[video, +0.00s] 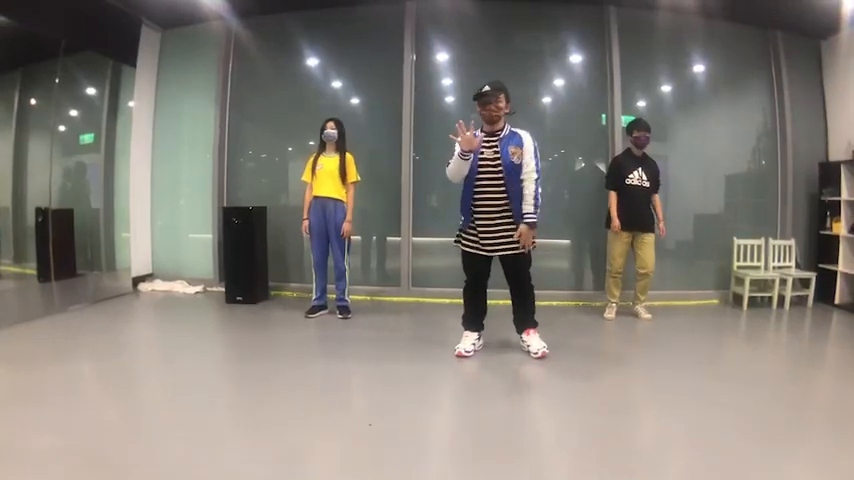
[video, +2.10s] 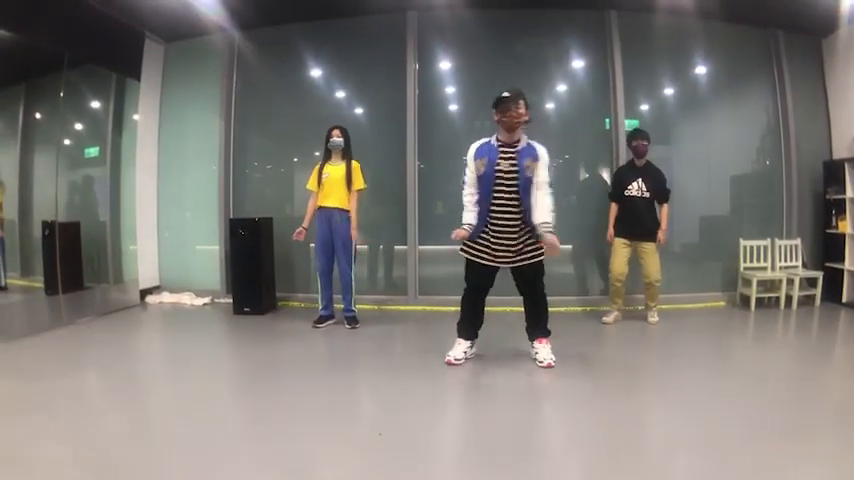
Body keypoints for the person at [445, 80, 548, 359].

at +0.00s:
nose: (491, 108)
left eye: (497, 103)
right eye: (486, 104)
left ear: (507, 106)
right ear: (478, 108)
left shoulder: (522, 139)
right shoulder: (468, 140)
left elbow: (530, 181)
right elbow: (454, 177)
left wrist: (528, 222)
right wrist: (465, 153)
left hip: (510, 225)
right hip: (475, 226)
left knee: (521, 281)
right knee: (474, 281)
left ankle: (528, 331)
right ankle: (472, 332)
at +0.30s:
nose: (491, 105)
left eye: (495, 100)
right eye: (485, 101)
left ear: (505, 104)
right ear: (476, 107)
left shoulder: (519, 136)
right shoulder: (463, 140)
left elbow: (540, 168)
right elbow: (455, 163)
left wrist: (527, 202)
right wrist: (456, 179)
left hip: (511, 222)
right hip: (474, 225)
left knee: (520, 278)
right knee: (473, 280)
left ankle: (528, 330)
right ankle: (471, 331)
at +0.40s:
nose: (503, 105)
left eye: (506, 101)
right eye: (496, 102)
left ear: (513, 106)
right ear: (484, 109)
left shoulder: (526, 140)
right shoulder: (469, 143)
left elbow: (548, 169)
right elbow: (459, 178)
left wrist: (527, 181)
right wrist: (454, 210)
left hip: (516, 227)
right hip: (478, 228)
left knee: (524, 281)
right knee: (475, 282)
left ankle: (531, 333)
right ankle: (473, 334)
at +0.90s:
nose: (530, 109)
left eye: (534, 103)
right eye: (523, 104)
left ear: (543, 105)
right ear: (513, 108)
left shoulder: (554, 141)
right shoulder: (498, 140)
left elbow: (557, 172)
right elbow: (484, 169)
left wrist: (544, 194)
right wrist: (481, 189)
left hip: (536, 223)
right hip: (499, 219)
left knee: (536, 280)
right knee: (484, 270)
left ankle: (535, 332)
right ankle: (482, 318)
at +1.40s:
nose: (506, 108)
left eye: (511, 102)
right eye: (500, 103)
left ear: (520, 108)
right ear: (490, 109)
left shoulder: (534, 141)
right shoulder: (473, 145)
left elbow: (562, 167)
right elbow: (464, 178)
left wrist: (568, 207)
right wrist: (443, 172)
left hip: (524, 227)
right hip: (485, 228)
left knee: (532, 283)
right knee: (482, 285)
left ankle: (537, 336)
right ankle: (479, 337)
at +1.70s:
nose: (508, 108)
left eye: (512, 103)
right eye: (501, 104)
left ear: (520, 108)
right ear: (490, 110)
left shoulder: (531, 143)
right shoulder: (475, 142)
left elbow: (540, 176)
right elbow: (468, 174)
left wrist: (548, 188)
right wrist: (482, 183)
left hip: (523, 228)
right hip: (486, 229)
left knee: (534, 284)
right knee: (479, 285)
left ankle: (540, 337)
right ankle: (474, 338)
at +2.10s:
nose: (514, 114)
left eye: (519, 109)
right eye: (508, 110)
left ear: (527, 114)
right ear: (497, 115)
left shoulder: (537, 152)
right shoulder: (478, 150)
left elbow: (542, 192)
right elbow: (470, 191)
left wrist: (545, 228)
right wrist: (468, 224)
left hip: (524, 235)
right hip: (486, 235)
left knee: (534, 290)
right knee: (474, 289)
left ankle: (540, 341)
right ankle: (465, 340)